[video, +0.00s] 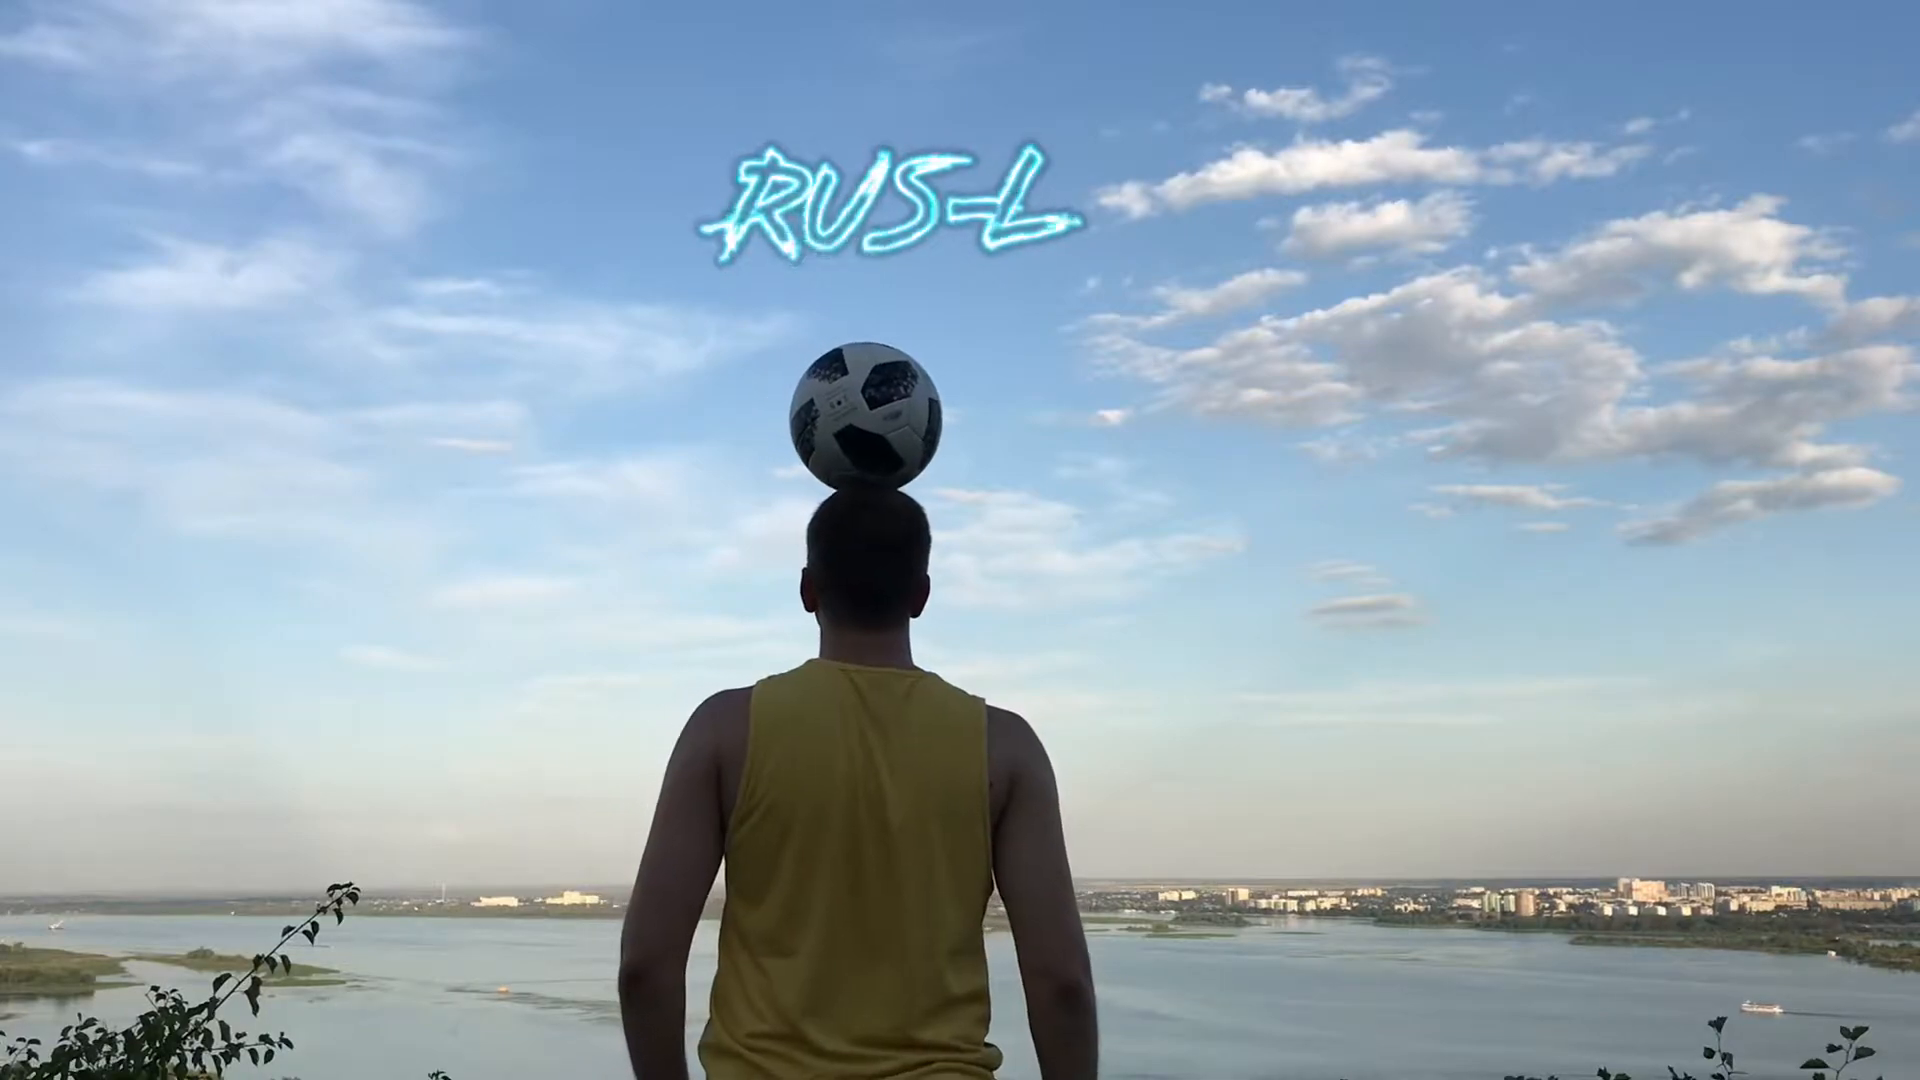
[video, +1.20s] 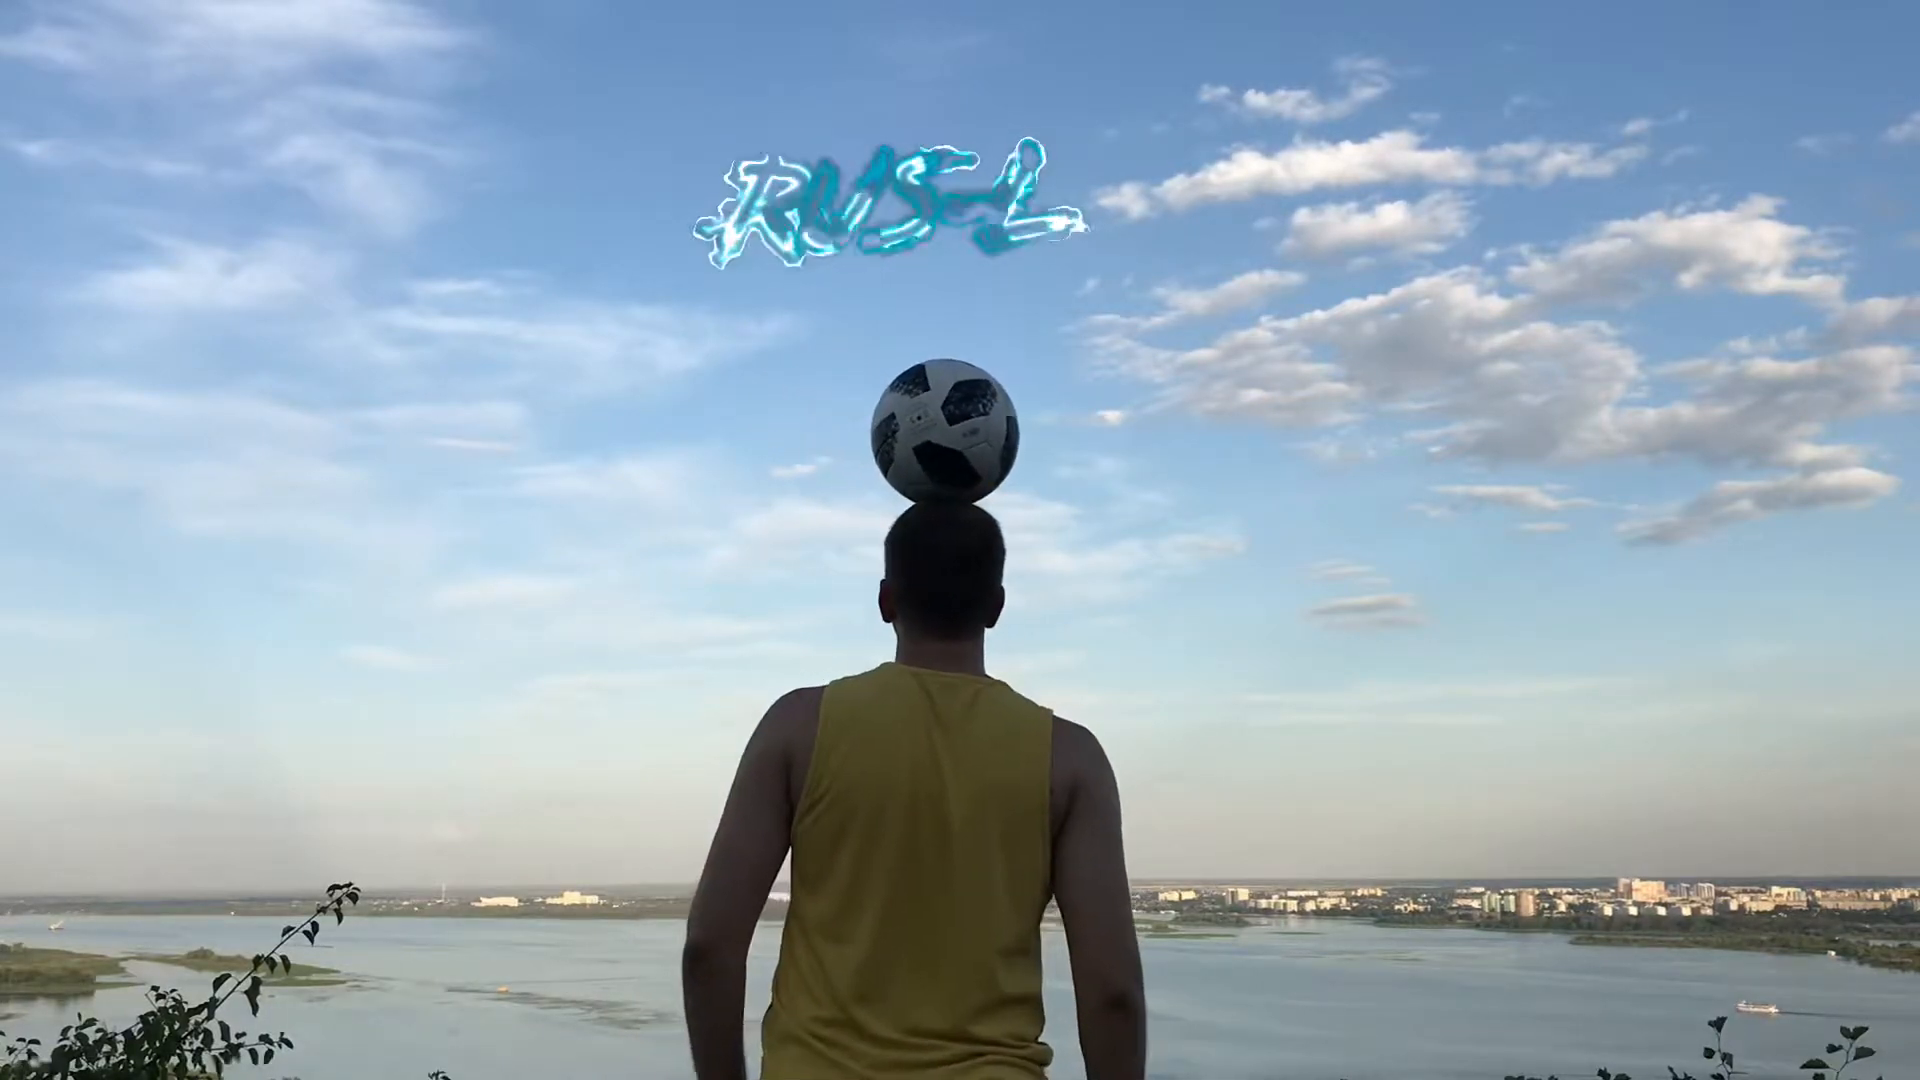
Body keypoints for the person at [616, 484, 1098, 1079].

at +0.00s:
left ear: (808, 589)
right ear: (923, 594)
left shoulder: (726, 726)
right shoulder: (1002, 742)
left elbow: (646, 967)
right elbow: (1063, 985)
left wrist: (666, 1072)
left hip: (761, 1060)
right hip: (943, 1062)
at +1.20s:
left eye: (883, 586)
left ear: (884, 601)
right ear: (998, 606)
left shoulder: (799, 723)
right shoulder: (1067, 752)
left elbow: (710, 947)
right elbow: (1114, 996)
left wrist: (723, 1069)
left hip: (818, 1057)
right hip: (995, 1060)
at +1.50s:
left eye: (961, 592)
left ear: (965, 605)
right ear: (1077, 604)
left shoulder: (885, 719)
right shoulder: (1153, 756)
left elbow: (788, 937)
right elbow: (1186, 1000)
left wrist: (797, 1072)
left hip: (880, 1056)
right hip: (1058, 1062)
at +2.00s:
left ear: (888, 600)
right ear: (999, 603)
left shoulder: (819, 734)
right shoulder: (1088, 742)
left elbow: (743, 963)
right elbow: (1155, 975)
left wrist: (765, 1074)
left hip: (856, 1061)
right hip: (1034, 1063)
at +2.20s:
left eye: (801, 577)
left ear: (800, 591)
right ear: (915, 598)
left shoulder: (729, 736)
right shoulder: (1002, 734)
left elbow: (672, 981)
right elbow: (1086, 958)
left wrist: (698, 1075)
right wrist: (1107, 1074)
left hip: (796, 1060)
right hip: (974, 1061)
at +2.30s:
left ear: (774, 585)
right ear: (889, 592)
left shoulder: (701, 732)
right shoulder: (974, 732)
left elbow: (639, 970)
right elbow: (1053, 956)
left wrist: (665, 1073)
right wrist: (1076, 1070)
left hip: (772, 1057)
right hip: (944, 1057)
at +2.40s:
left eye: (750, 564)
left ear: (743, 584)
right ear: (860, 590)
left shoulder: (674, 733)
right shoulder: (945, 730)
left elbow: (610, 960)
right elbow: (1021, 932)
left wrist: (635, 1072)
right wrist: (1049, 1067)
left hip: (744, 1058)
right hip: (918, 1059)